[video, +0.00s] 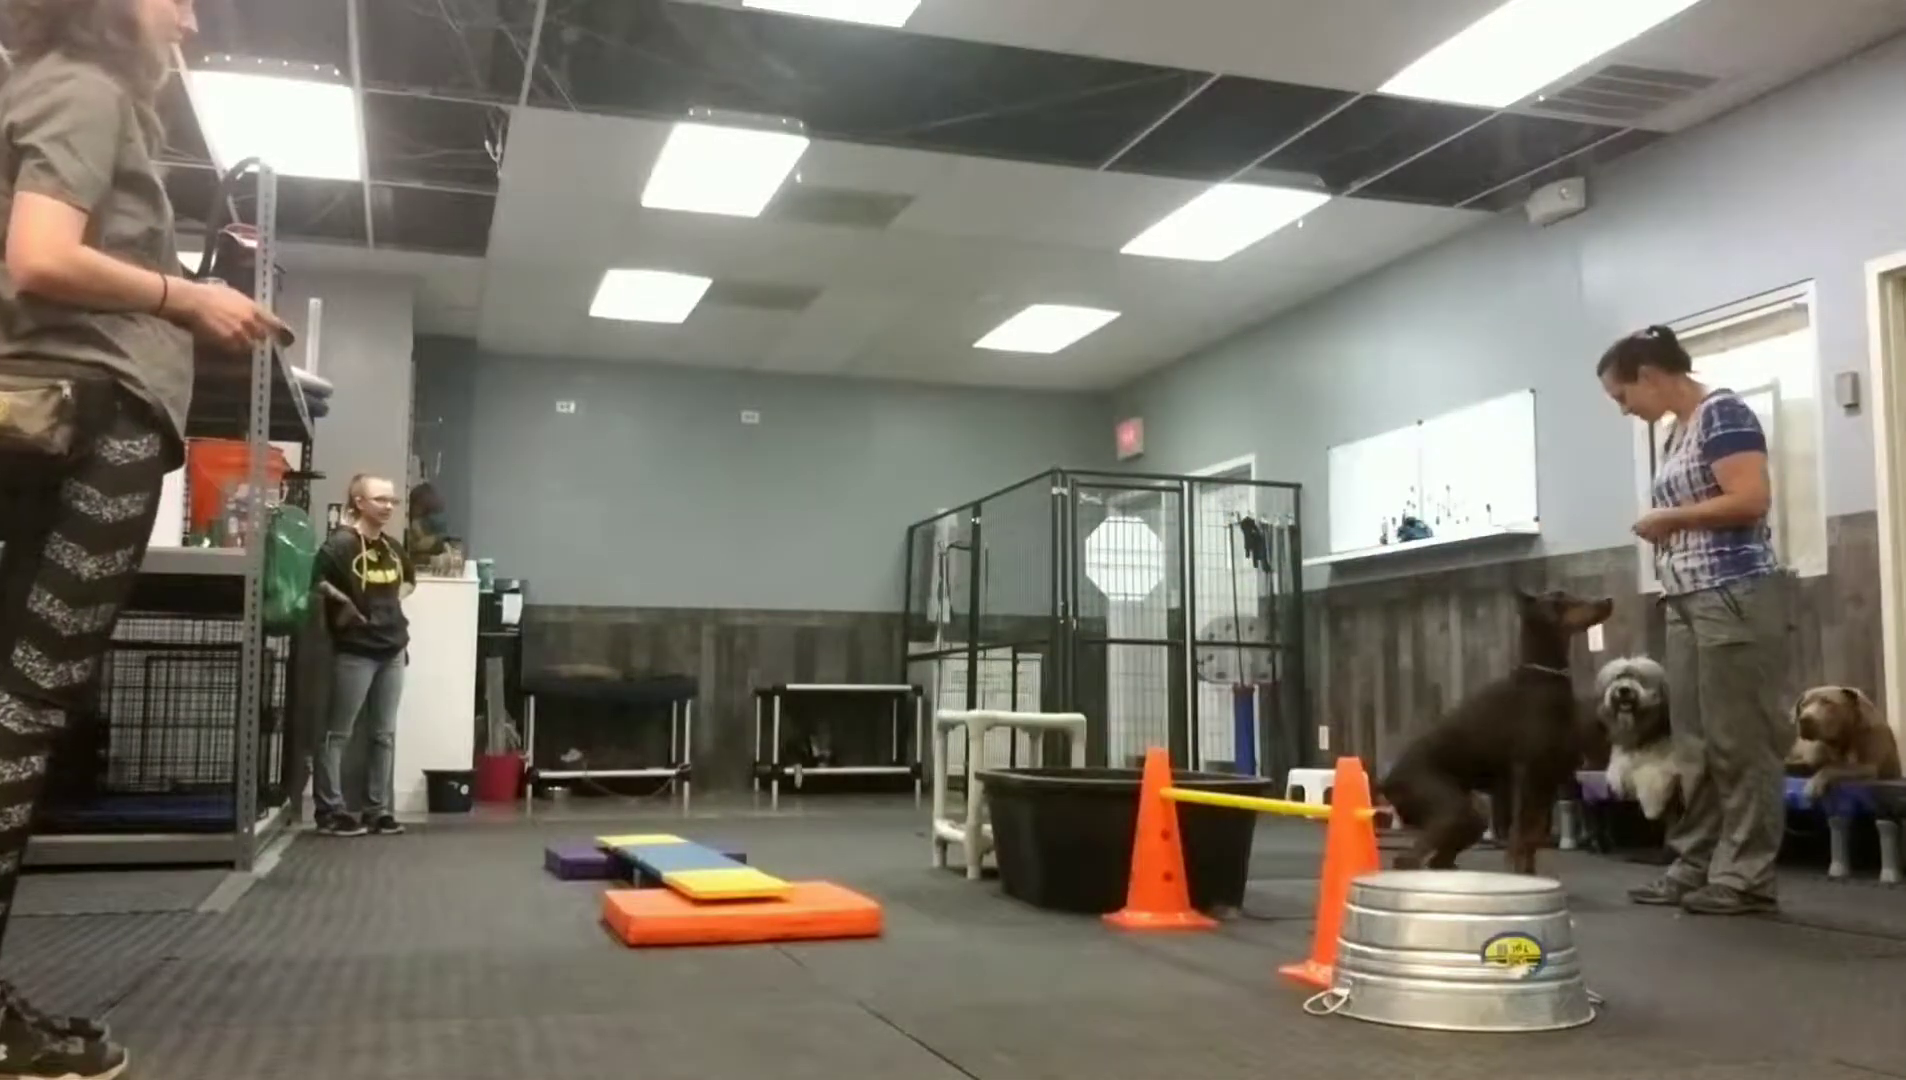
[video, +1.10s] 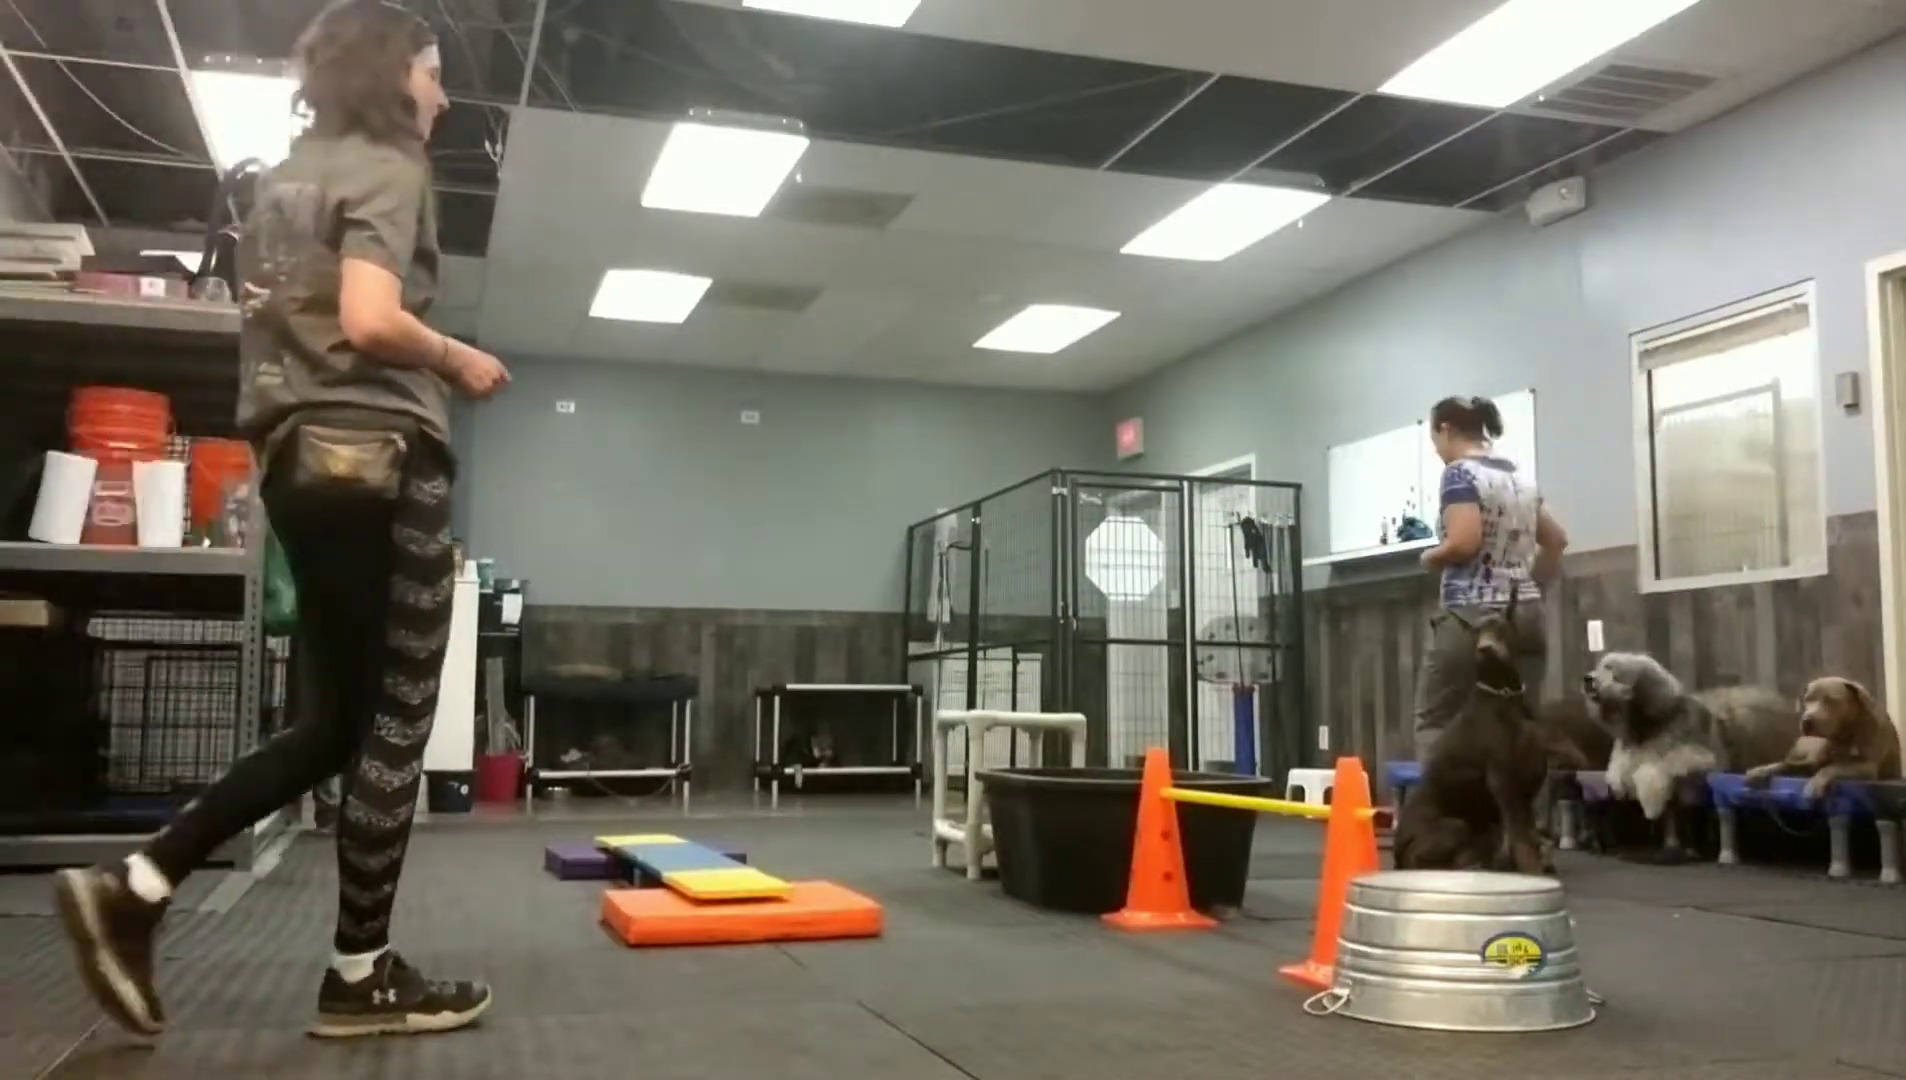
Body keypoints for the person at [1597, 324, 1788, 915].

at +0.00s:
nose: (1626, 410)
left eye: (1623, 396)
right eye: (1619, 401)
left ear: (1650, 374)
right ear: (1650, 380)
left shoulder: (1721, 412)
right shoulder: (1677, 435)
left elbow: (1751, 500)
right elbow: (1702, 512)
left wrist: (1670, 517)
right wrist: (1664, 528)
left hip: (1736, 599)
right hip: (1689, 603)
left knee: (1742, 740)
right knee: (1694, 740)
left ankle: (1746, 879)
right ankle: (1694, 865)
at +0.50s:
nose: (1633, 426)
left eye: (1632, 412)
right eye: (1628, 417)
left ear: (1659, 391)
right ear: (1658, 397)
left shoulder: (1711, 431)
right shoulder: (1686, 452)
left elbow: (1733, 509)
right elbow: (1662, 537)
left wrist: (1661, 528)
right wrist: (1604, 559)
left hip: (1714, 604)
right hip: (1723, 604)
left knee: (1682, 725)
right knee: (1736, 736)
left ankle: (1708, 863)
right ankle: (1767, 865)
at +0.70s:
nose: (1568, 430)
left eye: (1566, 417)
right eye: (1564, 420)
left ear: (1585, 408)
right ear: (1606, 405)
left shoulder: (1632, 449)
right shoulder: (1647, 451)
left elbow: (1657, 522)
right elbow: (1665, 527)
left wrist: (1595, 537)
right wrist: (1605, 539)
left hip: (1639, 605)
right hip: (1665, 603)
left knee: (1622, 736)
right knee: (1656, 732)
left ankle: (1646, 860)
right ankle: (1722, 831)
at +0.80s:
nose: (1537, 429)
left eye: (1535, 418)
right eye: (1535, 419)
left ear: (1552, 409)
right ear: (1582, 406)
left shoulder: (1579, 452)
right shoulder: (1623, 452)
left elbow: (1596, 526)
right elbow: (1664, 521)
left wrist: (1546, 539)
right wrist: (1626, 553)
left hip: (1598, 604)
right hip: (1637, 599)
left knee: (1607, 728)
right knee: (1601, 725)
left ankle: (1646, 860)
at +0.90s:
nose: (1499, 434)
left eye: (1502, 422)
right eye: (1498, 424)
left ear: (1529, 414)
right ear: (1545, 416)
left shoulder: (1534, 465)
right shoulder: (1590, 467)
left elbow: (1544, 538)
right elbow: (1634, 534)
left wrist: (1510, 552)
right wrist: (1602, 575)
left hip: (1559, 616)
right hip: (1604, 610)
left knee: (1589, 734)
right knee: (1556, 734)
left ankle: (1644, 859)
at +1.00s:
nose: (1467, 439)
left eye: (1470, 428)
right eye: (1466, 430)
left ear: (1497, 422)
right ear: (1512, 424)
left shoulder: (1494, 470)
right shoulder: (1553, 471)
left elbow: (1502, 538)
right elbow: (1594, 538)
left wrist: (1470, 557)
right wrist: (1564, 581)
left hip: (1520, 620)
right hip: (1566, 618)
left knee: (1506, 726)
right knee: (1553, 721)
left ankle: (1582, 804)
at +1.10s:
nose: (1436, 449)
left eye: (1435, 439)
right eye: (1434, 440)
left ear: (1446, 431)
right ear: (1480, 432)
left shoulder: (1459, 473)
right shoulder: (1517, 480)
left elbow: (1465, 542)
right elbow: (1555, 540)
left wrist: (1433, 557)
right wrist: (1532, 588)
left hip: (1469, 613)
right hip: (1524, 610)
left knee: (1434, 721)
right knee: (1520, 719)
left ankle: (1443, 812)